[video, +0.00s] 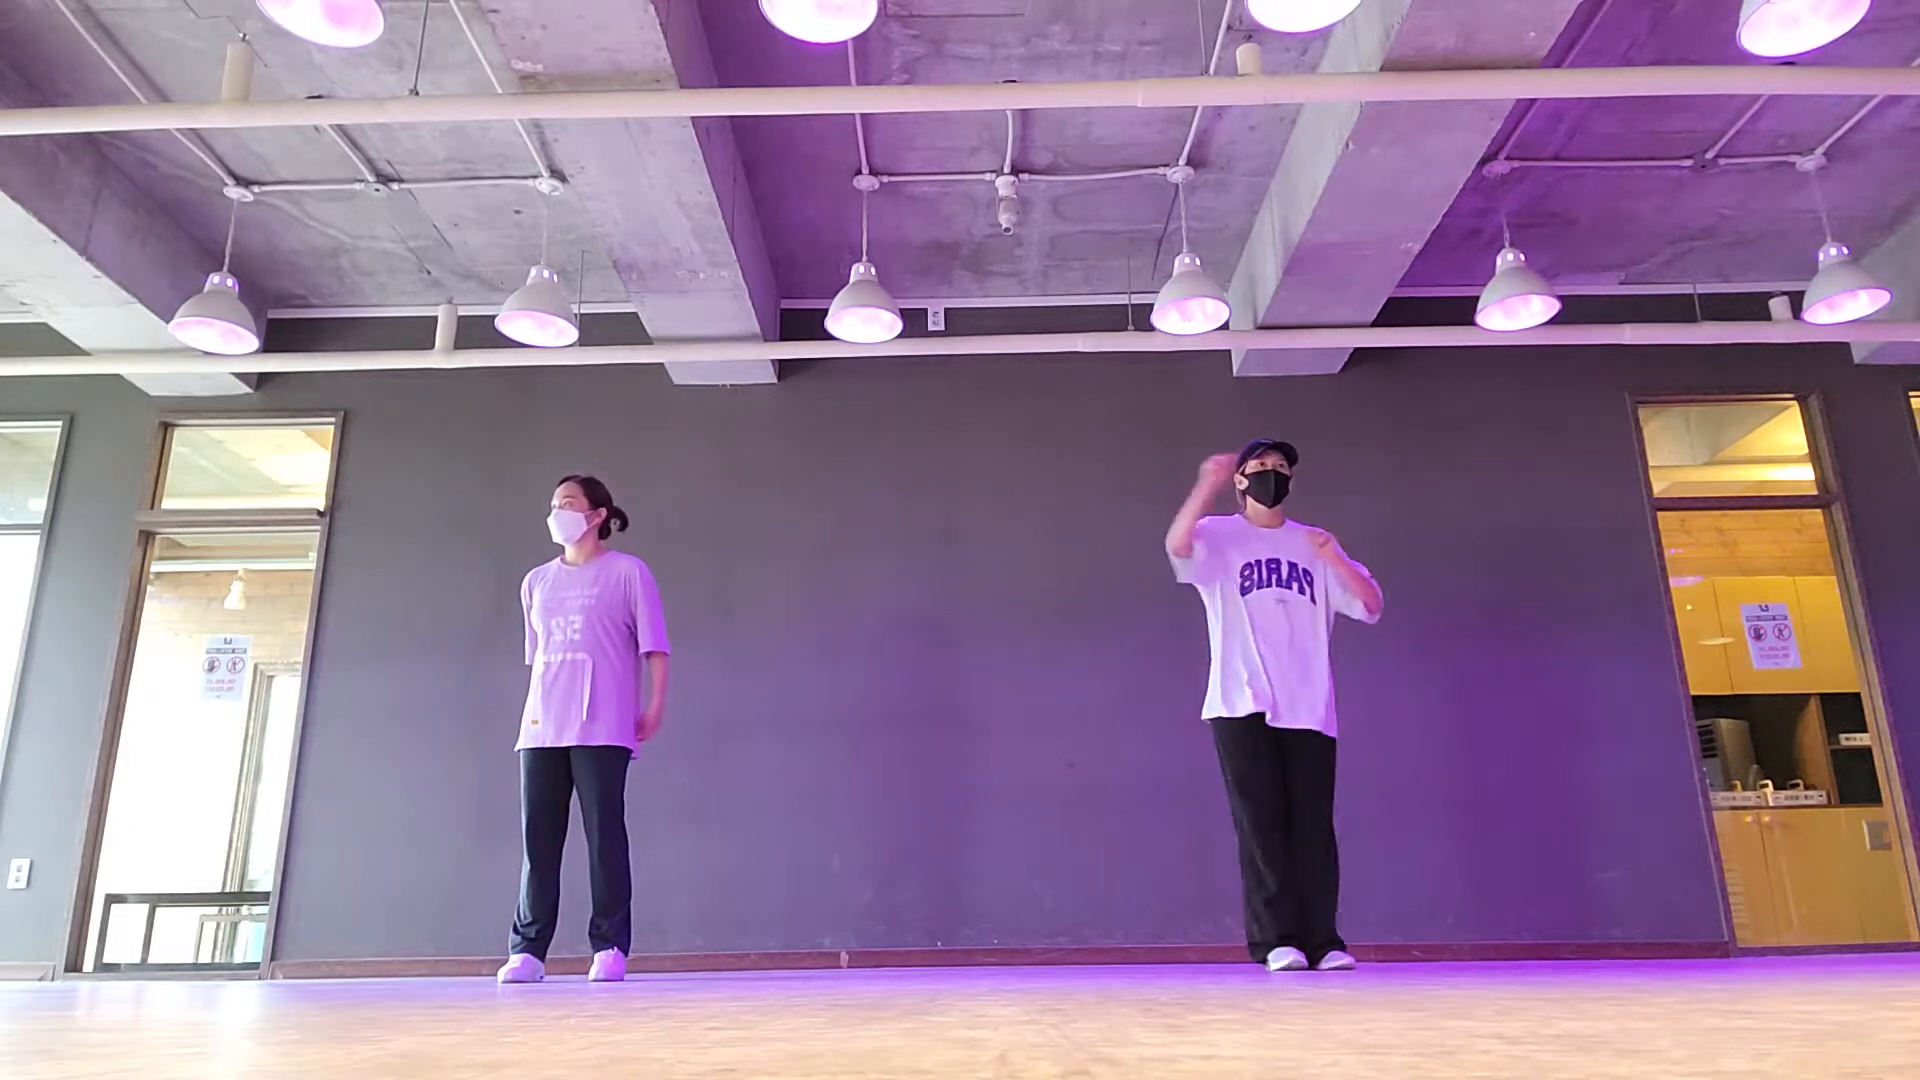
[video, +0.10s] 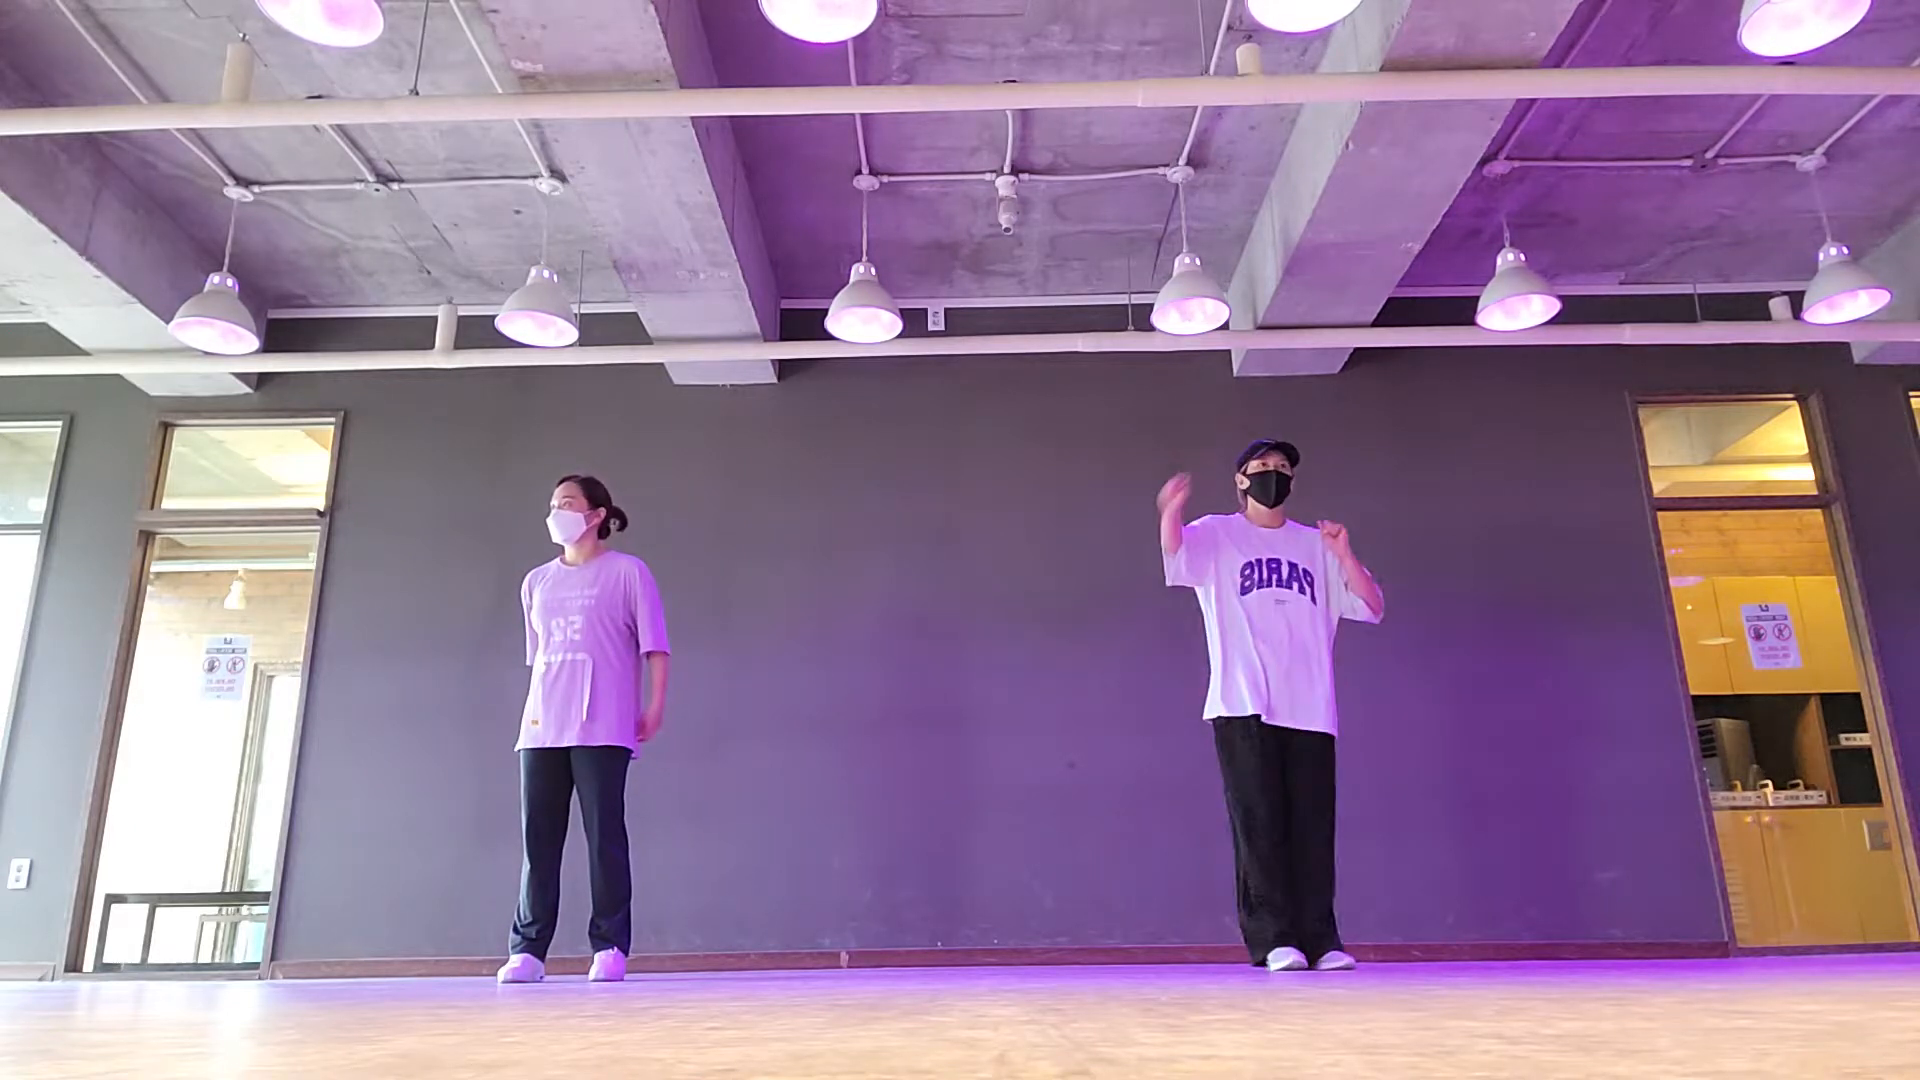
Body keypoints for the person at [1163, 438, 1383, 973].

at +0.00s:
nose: (1270, 478)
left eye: (1279, 472)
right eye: (1259, 471)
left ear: (1291, 482)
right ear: (1240, 482)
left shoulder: (1315, 544)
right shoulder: (1219, 536)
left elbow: (1371, 606)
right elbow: (1178, 546)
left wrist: (1335, 556)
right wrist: (1207, 486)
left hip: (1308, 704)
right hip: (1242, 703)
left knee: (1314, 824)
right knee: (1262, 825)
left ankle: (1323, 942)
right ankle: (1276, 945)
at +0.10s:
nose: (1271, 479)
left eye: (1280, 472)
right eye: (1261, 471)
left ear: (1292, 483)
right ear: (1241, 482)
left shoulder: (1318, 545)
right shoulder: (1218, 532)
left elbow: (1372, 609)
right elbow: (1175, 556)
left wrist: (1345, 554)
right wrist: (1170, 514)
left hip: (1310, 705)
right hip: (1244, 703)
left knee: (1314, 825)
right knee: (1261, 827)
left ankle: (1321, 942)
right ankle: (1272, 944)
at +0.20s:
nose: (1271, 484)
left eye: (1281, 477)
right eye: (1260, 475)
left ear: (1292, 487)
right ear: (1240, 485)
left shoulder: (1316, 548)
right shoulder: (1216, 535)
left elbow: (1363, 615)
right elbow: (1174, 569)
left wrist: (1344, 551)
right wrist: (1159, 561)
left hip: (1314, 707)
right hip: (1245, 706)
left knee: (1317, 825)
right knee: (1262, 821)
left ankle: (1323, 943)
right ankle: (1272, 945)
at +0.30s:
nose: (1271, 489)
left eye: (1280, 482)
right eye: (1260, 481)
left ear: (1290, 494)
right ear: (1240, 492)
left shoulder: (1315, 555)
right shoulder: (1215, 545)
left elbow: (1364, 615)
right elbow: (1179, 604)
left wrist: (1348, 550)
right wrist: (1185, 634)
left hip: (1317, 715)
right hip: (1249, 713)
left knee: (1332, 832)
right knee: (1267, 831)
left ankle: (1325, 943)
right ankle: (1275, 946)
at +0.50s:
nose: (1254, 479)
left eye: (1263, 471)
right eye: (1243, 473)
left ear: (1277, 482)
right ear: (1226, 486)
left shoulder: (1318, 536)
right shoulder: (1210, 543)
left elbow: (1389, 552)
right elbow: (1196, 618)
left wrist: (1377, 486)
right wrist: (1220, 650)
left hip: (1317, 706)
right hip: (1248, 710)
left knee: (1324, 826)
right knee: (1265, 830)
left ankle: (1329, 944)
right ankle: (1280, 946)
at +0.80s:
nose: (1233, 478)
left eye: (1242, 470)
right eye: (1222, 474)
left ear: (1260, 482)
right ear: (1211, 494)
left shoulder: (1304, 527)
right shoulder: (1205, 554)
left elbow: (1369, 524)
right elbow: (1186, 630)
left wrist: (1436, 517)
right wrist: (1242, 609)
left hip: (1313, 703)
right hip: (1245, 713)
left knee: (1318, 823)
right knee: (1261, 826)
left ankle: (1324, 942)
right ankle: (1276, 943)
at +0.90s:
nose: (1231, 489)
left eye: (1239, 479)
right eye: (1219, 485)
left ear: (1257, 486)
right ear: (1209, 499)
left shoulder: (1303, 532)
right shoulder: (1204, 556)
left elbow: (1348, 577)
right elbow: (1199, 636)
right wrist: (1254, 604)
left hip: (1316, 705)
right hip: (1247, 713)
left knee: (1322, 822)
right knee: (1264, 825)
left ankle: (1327, 944)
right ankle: (1277, 943)